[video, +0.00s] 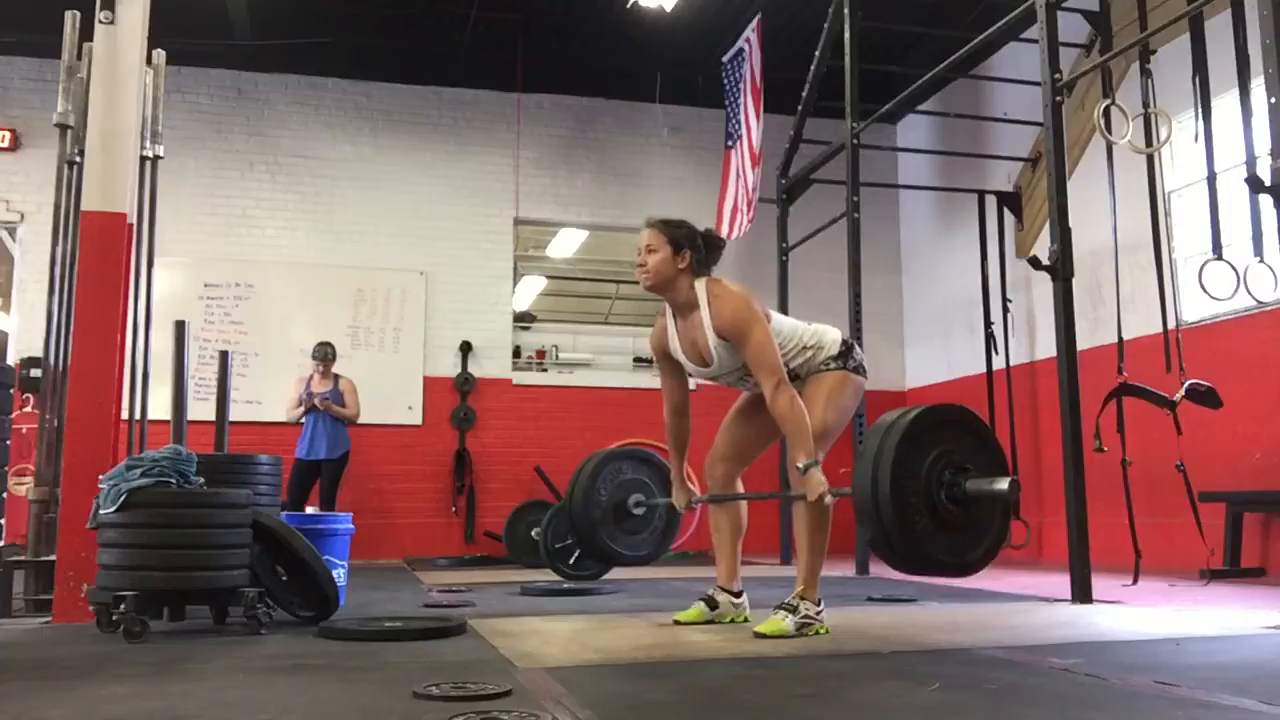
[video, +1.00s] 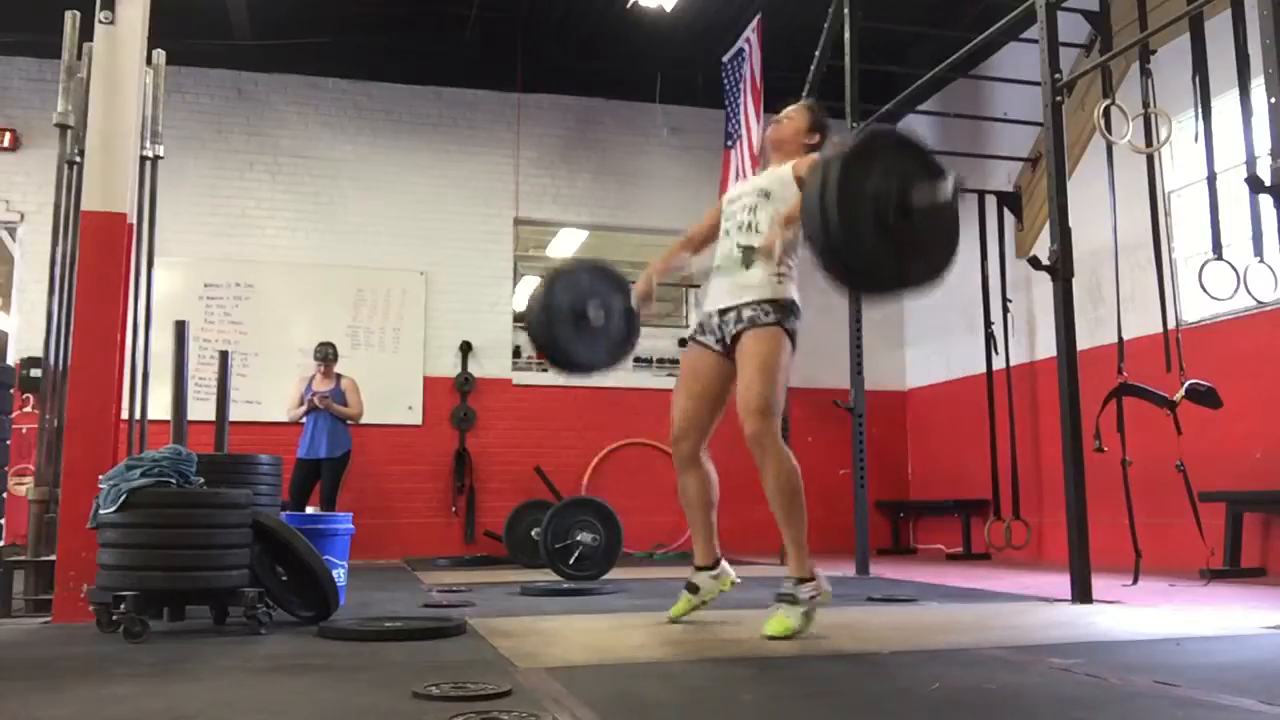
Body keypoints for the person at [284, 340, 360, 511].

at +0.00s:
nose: (321, 369)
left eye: (326, 365)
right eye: (318, 365)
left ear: (333, 362)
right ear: (313, 361)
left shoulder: (345, 384)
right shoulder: (303, 383)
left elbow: (354, 415)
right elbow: (290, 416)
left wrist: (329, 407)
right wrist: (304, 407)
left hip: (335, 450)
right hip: (308, 450)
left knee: (327, 501)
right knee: (294, 499)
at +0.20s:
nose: (322, 369)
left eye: (326, 365)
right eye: (318, 365)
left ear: (334, 362)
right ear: (313, 361)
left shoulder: (345, 384)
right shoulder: (303, 383)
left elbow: (354, 415)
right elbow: (290, 417)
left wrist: (329, 407)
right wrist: (304, 407)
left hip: (335, 450)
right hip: (308, 450)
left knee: (327, 502)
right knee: (294, 500)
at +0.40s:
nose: (322, 370)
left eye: (327, 366)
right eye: (318, 365)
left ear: (334, 362)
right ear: (313, 362)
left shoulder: (345, 384)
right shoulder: (304, 383)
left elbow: (355, 415)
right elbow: (290, 416)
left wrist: (329, 406)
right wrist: (305, 407)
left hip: (335, 449)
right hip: (308, 448)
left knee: (327, 499)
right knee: (295, 496)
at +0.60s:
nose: (322, 370)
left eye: (327, 366)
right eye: (319, 365)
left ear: (334, 362)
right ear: (314, 362)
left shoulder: (346, 383)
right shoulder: (304, 383)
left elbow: (355, 415)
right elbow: (290, 416)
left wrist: (329, 406)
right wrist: (305, 407)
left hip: (335, 449)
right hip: (308, 449)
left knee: (327, 500)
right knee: (296, 497)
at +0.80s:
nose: (323, 370)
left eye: (327, 366)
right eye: (319, 365)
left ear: (335, 362)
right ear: (314, 362)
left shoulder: (346, 383)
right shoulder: (305, 383)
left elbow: (356, 415)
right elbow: (290, 416)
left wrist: (329, 405)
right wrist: (306, 407)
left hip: (335, 449)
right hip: (308, 448)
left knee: (327, 500)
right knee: (296, 496)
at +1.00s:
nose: (323, 370)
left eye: (327, 366)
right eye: (319, 365)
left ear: (335, 362)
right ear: (315, 362)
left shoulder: (346, 383)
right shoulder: (305, 383)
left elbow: (356, 415)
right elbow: (291, 416)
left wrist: (330, 406)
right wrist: (307, 406)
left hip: (335, 449)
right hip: (309, 449)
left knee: (327, 501)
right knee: (296, 498)